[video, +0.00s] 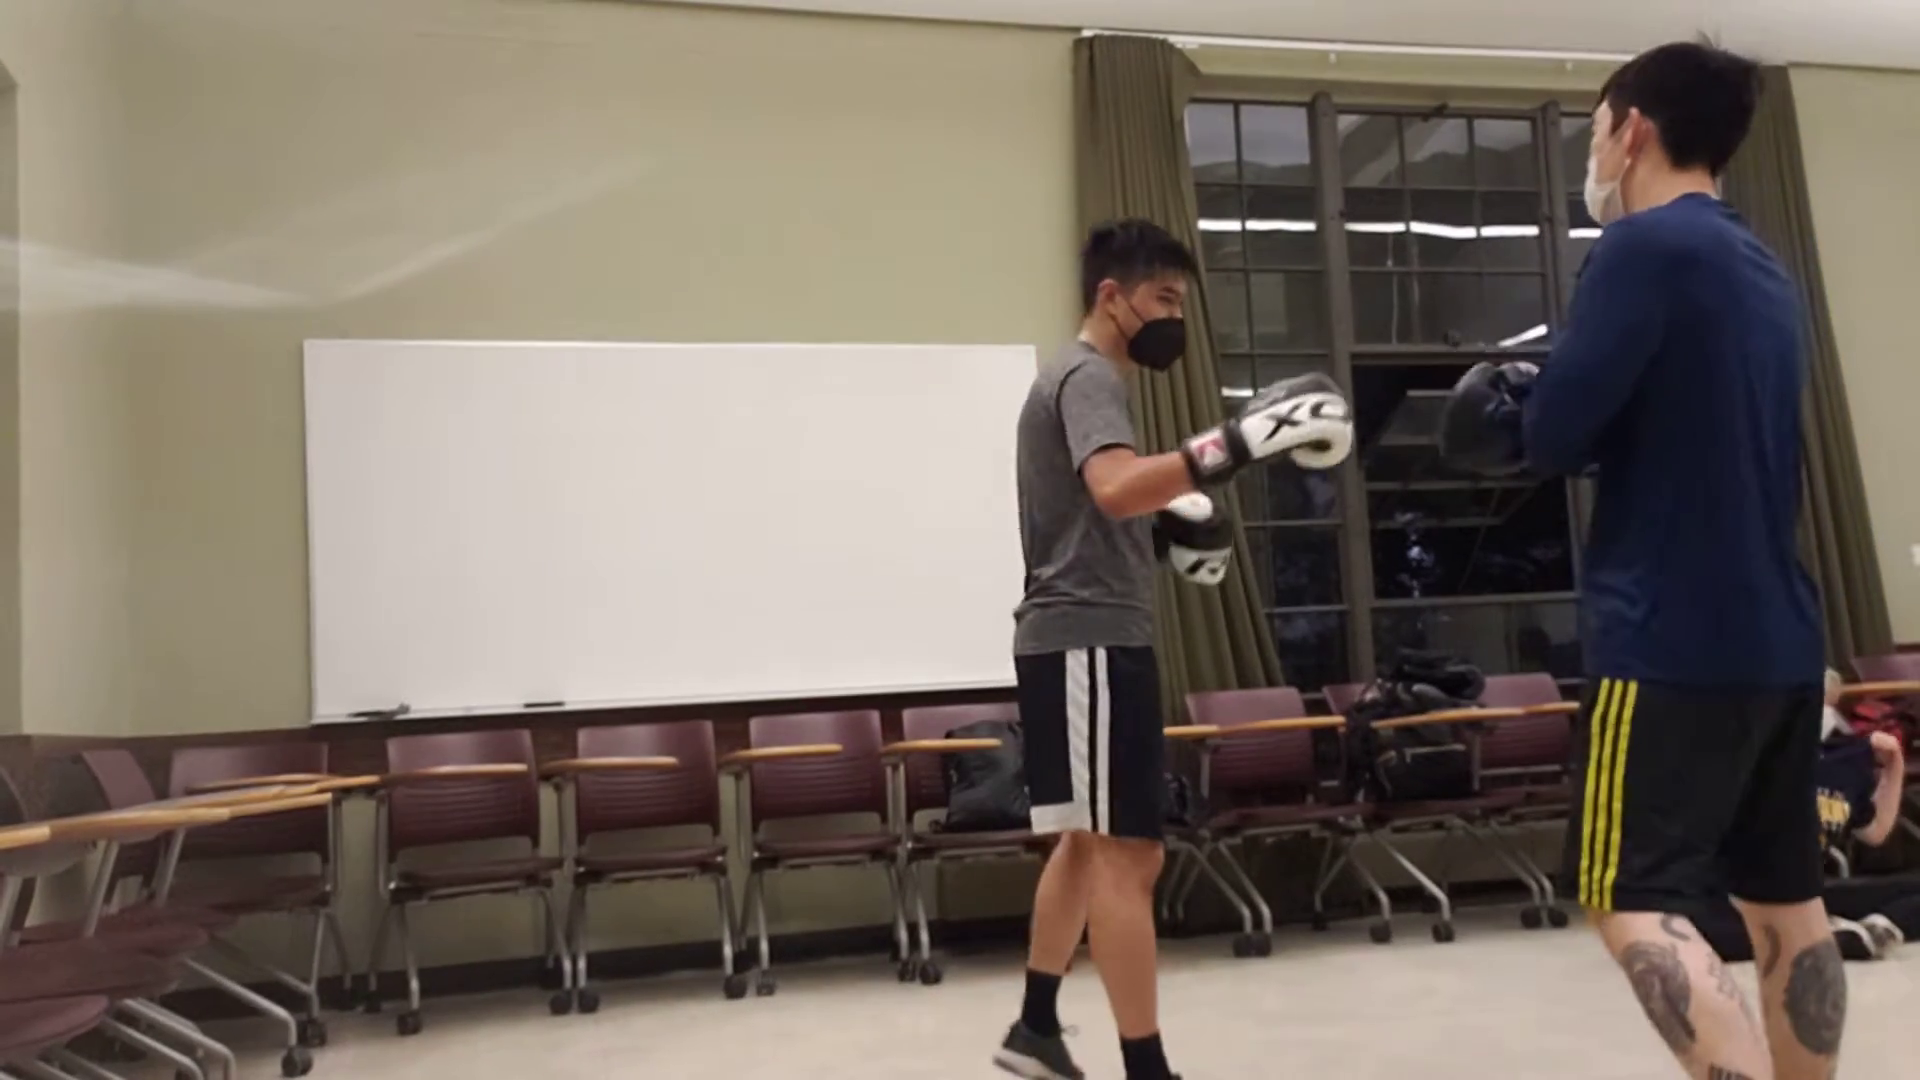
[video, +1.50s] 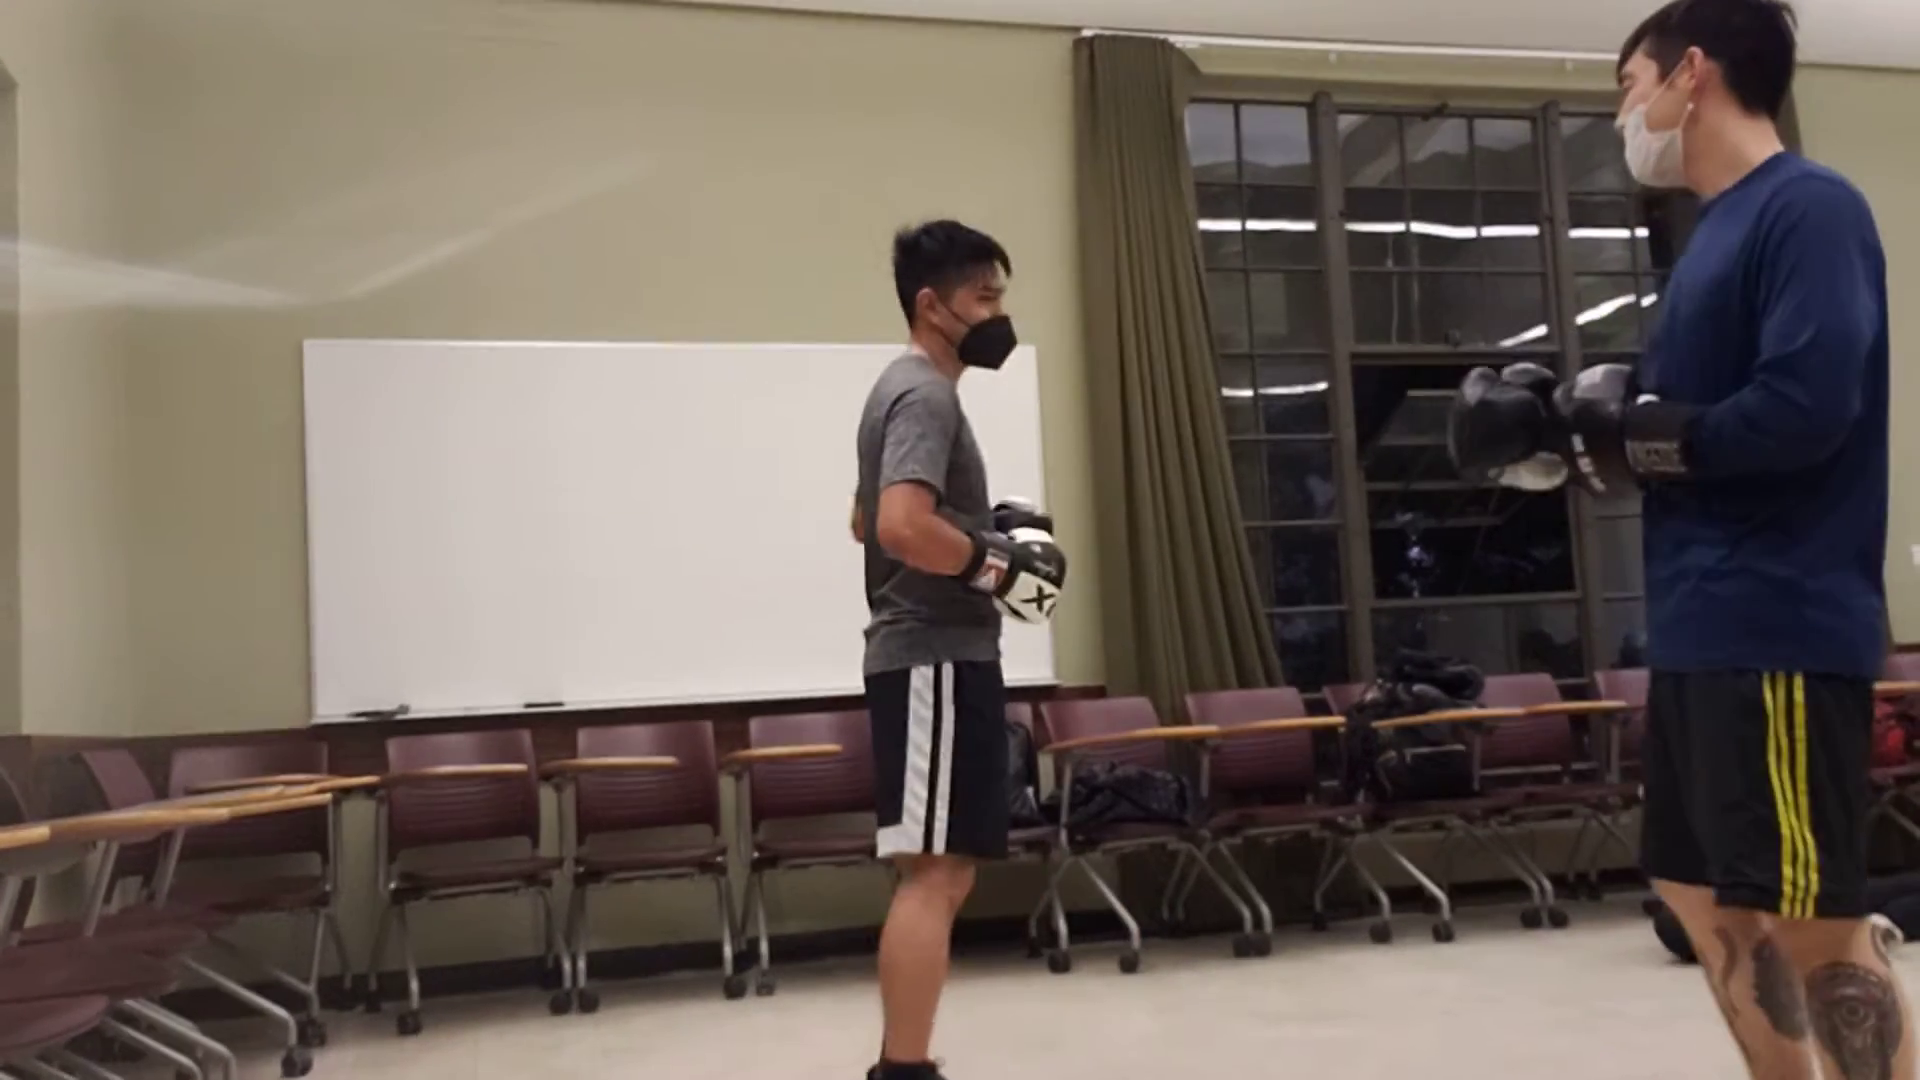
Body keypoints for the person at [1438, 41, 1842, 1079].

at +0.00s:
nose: (1591, 157)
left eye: (1597, 132)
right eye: (1596, 134)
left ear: (1636, 131)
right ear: (1707, 145)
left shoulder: (1642, 250)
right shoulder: (1766, 268)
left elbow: (1553, 431)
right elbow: (1711, 432)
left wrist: (1511, 391)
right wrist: (1557, 385)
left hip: (1670, 643)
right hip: (1778, 639)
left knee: (1631, 904)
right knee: (1782, 894)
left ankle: (1746, 1069)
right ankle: (1804, 1078)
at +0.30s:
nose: (1599, 162)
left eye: (1607, 140)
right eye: (1602, 141)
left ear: (1650, 140)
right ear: (1707, 152)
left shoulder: (1645, 258)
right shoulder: (1768, 275)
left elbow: (1556, 432)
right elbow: (1701, 428)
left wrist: (1531, 370)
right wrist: (1568, 368)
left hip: (1677, 638)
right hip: (1782, 638)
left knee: (1615, 892)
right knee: (1778, 888)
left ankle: (1756, 1064)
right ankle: (1809, 1079)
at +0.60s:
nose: (1600, 162)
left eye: (1610, 139)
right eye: (1603, 141)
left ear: (1658, 140)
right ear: (1690, 147)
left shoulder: (1682, 254)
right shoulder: (1751, 259)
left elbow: (1606, 433)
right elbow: (1699, 441)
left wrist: (1553, 397)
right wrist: (1554, 412)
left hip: (1696, 637)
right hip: (1775, 634)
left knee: (1682, 900)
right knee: (1782, 891)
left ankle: (1802, 1068)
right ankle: (1821, 1069)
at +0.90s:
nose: (1609, 156)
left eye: (1619, 129)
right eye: (1609, 133)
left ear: (1675, 125)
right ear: (1699, 134)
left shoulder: (1716, 234)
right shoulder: (1745, 233)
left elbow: (1597, 405)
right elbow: (1685, 422)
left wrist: (1577, 402)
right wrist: (1580, 396)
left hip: (1723, 634)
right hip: (1747, 630)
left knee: (1741, 909)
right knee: (1770, 905)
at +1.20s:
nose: (1621, 140)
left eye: (1627, 110)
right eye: (1618, 116)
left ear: (1688, 98)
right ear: (1709, 106)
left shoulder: (1763, 217)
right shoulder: (1735, 228)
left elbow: (1712, 416)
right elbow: (1696, 409)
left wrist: (1603, 390)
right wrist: (1601, 396)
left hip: (1752, 632)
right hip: (1721, 633)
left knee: (1788, 920)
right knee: (1767, 919)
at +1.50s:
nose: (1621, 116)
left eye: (1629, 87)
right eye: (1619, 93)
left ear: (1692, 74)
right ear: (1700, 81)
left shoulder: (1810, 208)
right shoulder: (1720, 231)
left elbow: (1807, 412)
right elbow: (1692, 403)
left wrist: (1628, 429)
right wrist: (1573, 422)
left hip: (1784, 631)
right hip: (1704, 630)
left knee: (1806, 913)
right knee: (1694, 887)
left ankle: (1879, 1073)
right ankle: (1790, 1077)